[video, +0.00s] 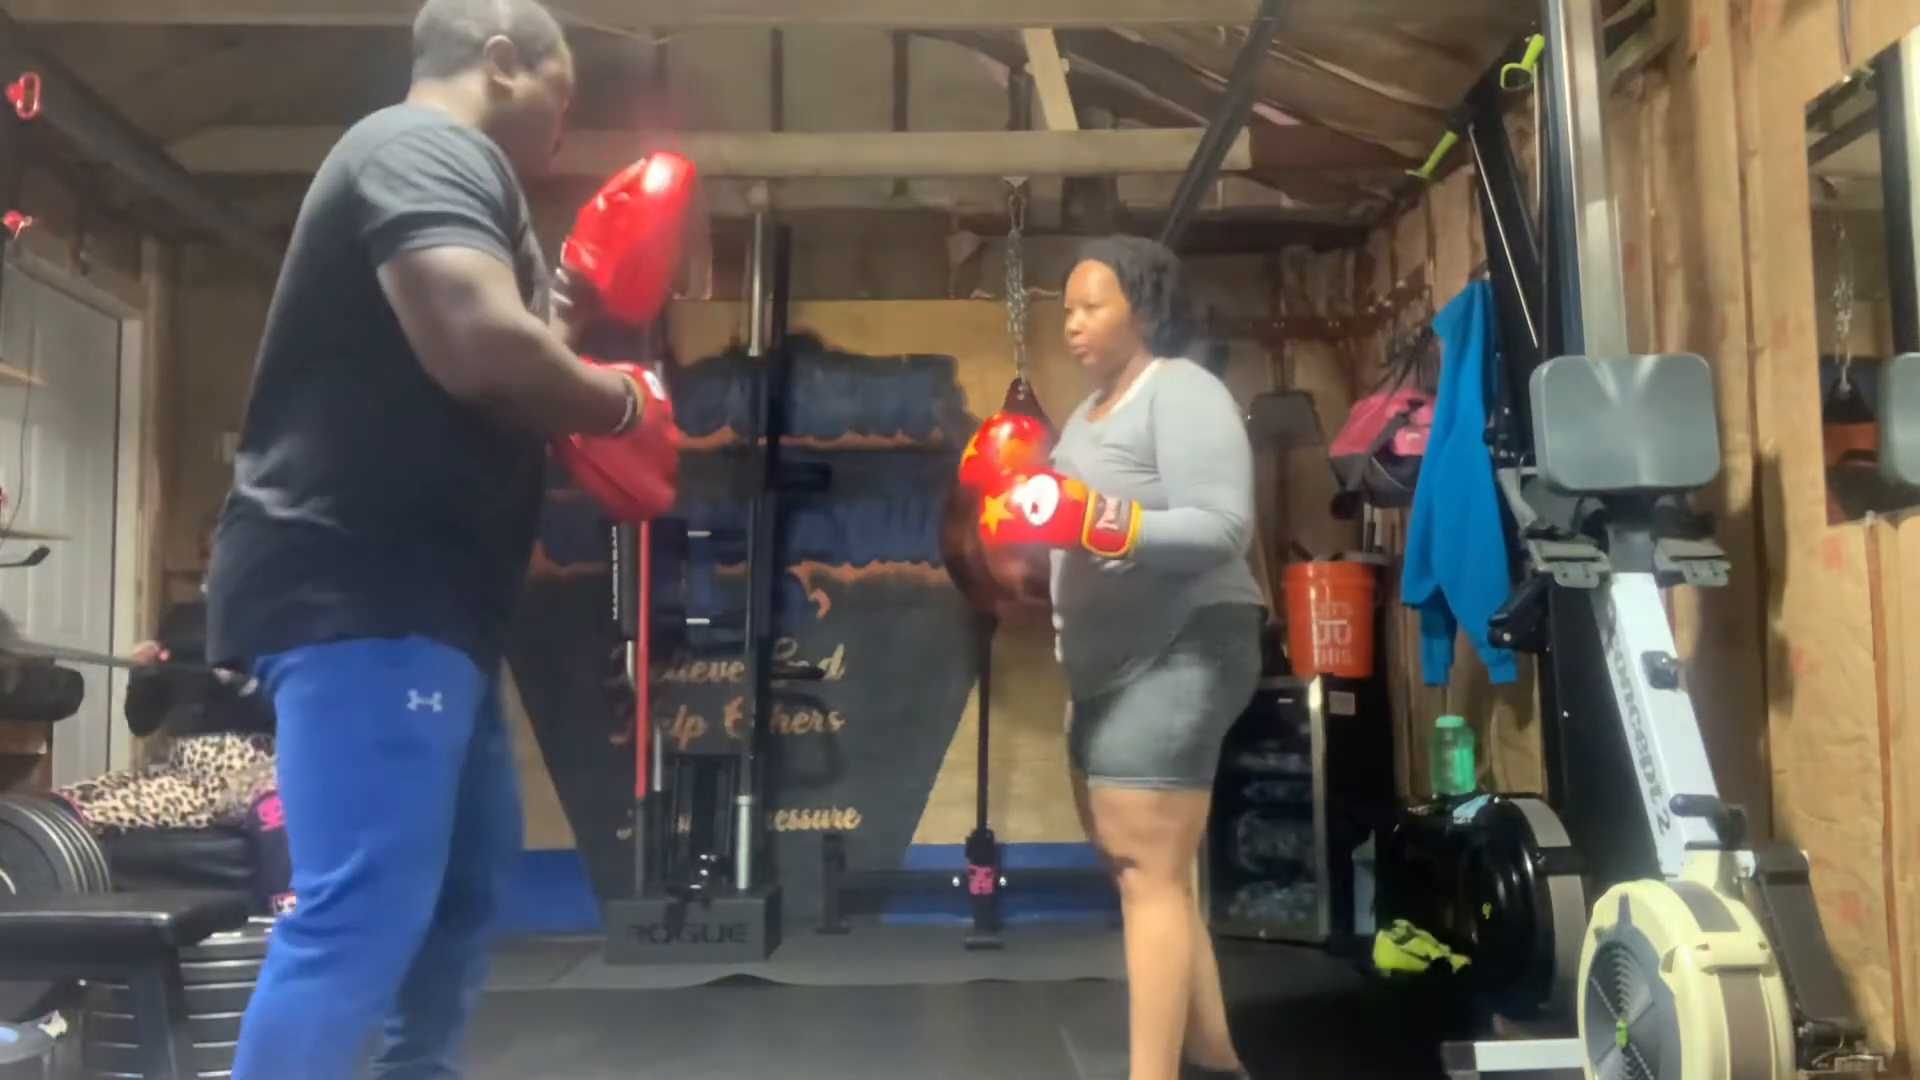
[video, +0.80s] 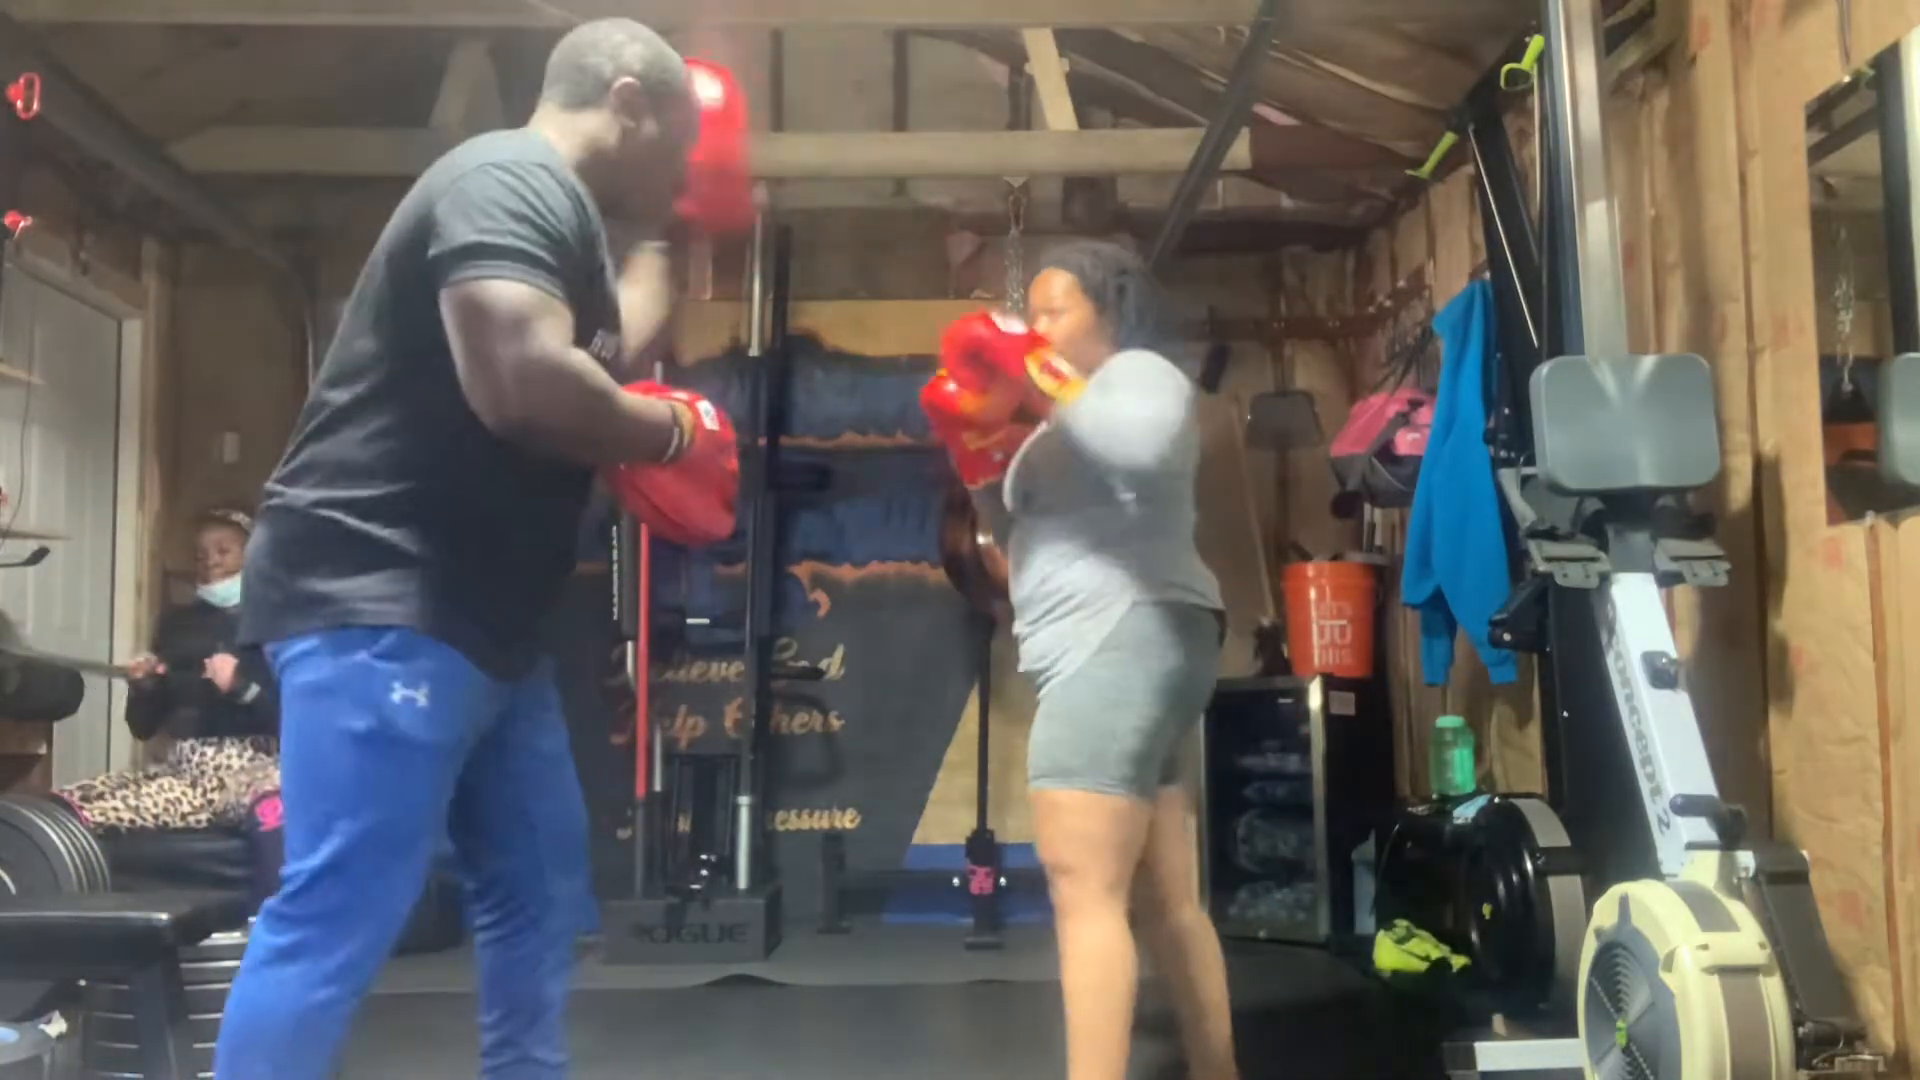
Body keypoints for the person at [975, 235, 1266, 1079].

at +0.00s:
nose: (1071, 325)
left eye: (1089, 307)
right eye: (1069, 309)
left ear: (1141, 311)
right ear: (1080, 318)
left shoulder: (1187, 392)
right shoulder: (1083, 418)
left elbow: (1221, 527)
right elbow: (1080, 527)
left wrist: (1095, 516)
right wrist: (1019, 484)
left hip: (1186, 641)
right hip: (1106, 653)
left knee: (1149, 867)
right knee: (1141, 865)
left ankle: (1152, 1072)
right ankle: (1215, 1058)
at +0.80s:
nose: (1038, 330)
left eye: (1054, 313)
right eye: (1033, 317)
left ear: (1106, 312)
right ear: (1031, 330)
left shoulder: (1142, 374)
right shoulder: (1040, 419)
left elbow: (1143, 447)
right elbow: (1016, 548)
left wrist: (1052, 387)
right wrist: (981, 456)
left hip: (1133, 627)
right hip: (1101, 636)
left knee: (1085, 888)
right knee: (1169, 900)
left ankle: (1093, 1075)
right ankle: (1216, 1071)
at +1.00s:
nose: (972, 337)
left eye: (989, 317)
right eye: (967, 321)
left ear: (1049, 312)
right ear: (968, 332)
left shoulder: (1089, 363)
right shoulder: (983, 421)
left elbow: (1091, 415)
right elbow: (948, 536)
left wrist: (971, 384)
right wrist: (904, 471)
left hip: (1128, 629)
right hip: (1063, 656)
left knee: (1058, 874)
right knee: (1156, 906)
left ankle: (1088, 1074)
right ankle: (1218, 1073)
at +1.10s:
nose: (926, 357)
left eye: (942, 338)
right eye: (923, 340)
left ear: (999, 333)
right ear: (937, 345)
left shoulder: (1053, 391)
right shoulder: (948, 442)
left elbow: (1116, 491)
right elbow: (939, 571)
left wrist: (993, 496)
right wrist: (867, 576)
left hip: (1113, 649)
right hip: (1035, 678)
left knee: (1028, 879)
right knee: (1050, 888)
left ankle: (1078, 1073)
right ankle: (1186, 1041)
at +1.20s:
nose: (879, 395)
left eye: (894, 374)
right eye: (875, 379)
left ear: (955, 367)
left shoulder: (1018, 430)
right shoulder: (912, 482)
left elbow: (1129, 536)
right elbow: (914, 613)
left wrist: (1010, 557)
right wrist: (849, 581)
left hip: (1088, 685)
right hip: (984, 703)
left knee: (997, 897)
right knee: (926, 882)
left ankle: (1068, 1071)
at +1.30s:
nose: (843, 424)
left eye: (860, 401)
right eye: (837, 408)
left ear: (911, 398)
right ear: (841, 421)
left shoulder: (987, 456)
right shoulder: (867, 505)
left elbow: (1093, 556)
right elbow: (897, 626)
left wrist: (986, 549)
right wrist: (845, 610)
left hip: (1048, 712)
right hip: (935, 723)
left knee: (968, 918)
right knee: (853, 891)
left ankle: (1059, 1070)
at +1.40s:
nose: (812, 450)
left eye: (825, 429)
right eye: (807, 436)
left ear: (873, 421)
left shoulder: (957, 494)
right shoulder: (843, 508)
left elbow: (889, 599)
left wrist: (797, 598)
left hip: (996, 732)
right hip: (879, 742)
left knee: (947, 933)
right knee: (790, 917)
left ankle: (1052, 1073)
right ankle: (698, 1066)